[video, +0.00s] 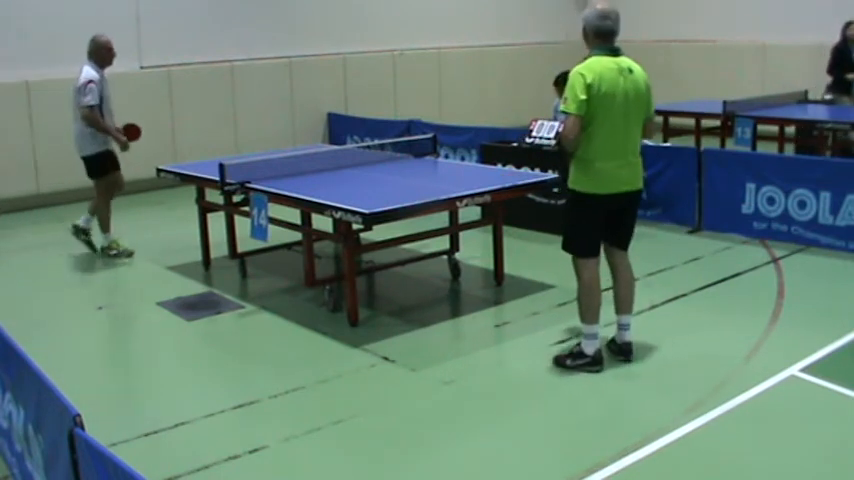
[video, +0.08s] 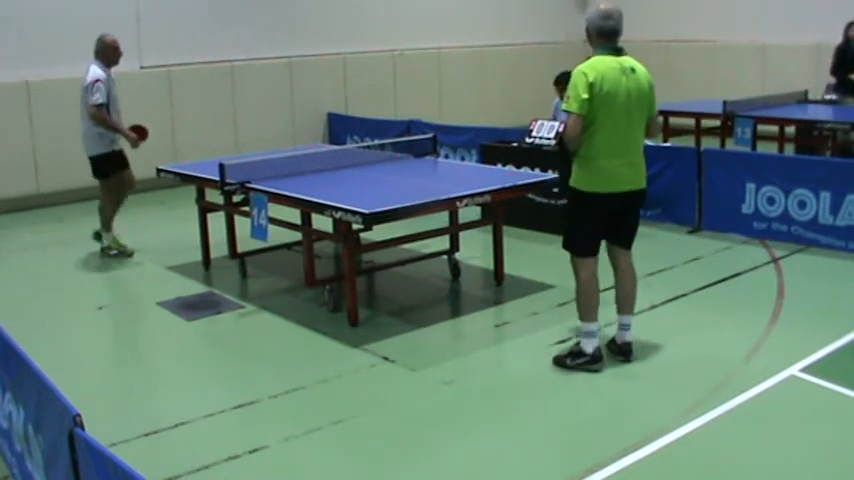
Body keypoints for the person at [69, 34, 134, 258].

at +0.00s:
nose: (113, 54)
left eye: (112, 50)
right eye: (109, 50)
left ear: (100, 53)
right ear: (97, 53)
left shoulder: (97, 75)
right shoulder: (90, 79)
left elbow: (99, 113)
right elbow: (89, 114)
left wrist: (117, 130)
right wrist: (116, 136)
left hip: (99, 143)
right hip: (92, 145)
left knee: (114, 184)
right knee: (105, 189)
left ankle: (84, 224)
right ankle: (108, 241)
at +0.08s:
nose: (120, 53)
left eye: (119, 49)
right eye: (115, 49)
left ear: (104, 52)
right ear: (104, 52)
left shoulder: (103, 74)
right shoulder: (97, 78)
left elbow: (104, 113)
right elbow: (97, 113)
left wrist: (126, 130)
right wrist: (125, 132)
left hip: (108, 144)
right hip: (100, 146)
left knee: (126, 183)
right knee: (111, 189)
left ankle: (104, 227)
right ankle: (108, 239)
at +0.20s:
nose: (130, 53)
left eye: (129, 48)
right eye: (126, 49)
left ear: (115, 52)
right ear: (113, 52)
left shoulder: (115, 75)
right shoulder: (108, 77)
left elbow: (116, 115)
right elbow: (107, 113)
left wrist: (139, 127)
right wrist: (138, 133)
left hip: (122, 143)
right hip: (109, 146)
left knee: (139, 182)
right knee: (114, 190)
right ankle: (108, 241)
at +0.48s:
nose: (160, 50)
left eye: (158, 46)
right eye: (156, 47)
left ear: (144, 50)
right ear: (144, 50)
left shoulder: (145, 73)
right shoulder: (136, 75)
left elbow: (149, 108)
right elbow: (130, 109)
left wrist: (168, 123)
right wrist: (151, 140)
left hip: (149, 144)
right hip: (138, 146)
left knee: (161, 186)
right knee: (140, 188)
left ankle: (175, 233)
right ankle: (113, 236)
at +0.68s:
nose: (178, 48)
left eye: (177, 44)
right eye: (174, 44)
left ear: (165, 48)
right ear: (162, 47)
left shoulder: (164, 69)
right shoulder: (152, 70)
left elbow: (169, 104)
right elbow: (144, 103)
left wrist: (188, 120)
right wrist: (166, 131)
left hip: (166, 137)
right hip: (156, 139)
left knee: (169, 184)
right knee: (174, 181)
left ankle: (175, 231)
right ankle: (144, 224)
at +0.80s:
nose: (187, 46)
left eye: (185, 42)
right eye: (183, 42)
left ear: (172, 46)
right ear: (171, 46)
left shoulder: (172, 67)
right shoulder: (162, 69)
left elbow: (176, 103)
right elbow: (155, 102)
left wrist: (196, 116)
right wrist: (176, 129)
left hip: (173, 135)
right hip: (167, 136)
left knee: (174, 180)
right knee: (188, 177)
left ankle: (174, 227)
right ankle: (174, 227)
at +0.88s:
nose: (193, 46)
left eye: (192, 42)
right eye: (189, 43)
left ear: (179, 46)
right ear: (177, 46)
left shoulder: (178, 68)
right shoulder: (170, 69)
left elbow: (180, 102)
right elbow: (162, 103)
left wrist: (199, 115)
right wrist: (183, 128)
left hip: (179, 135)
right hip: (174, 137)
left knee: (177, 182)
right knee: (194, 181)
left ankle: (175, 230)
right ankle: (199, 232)